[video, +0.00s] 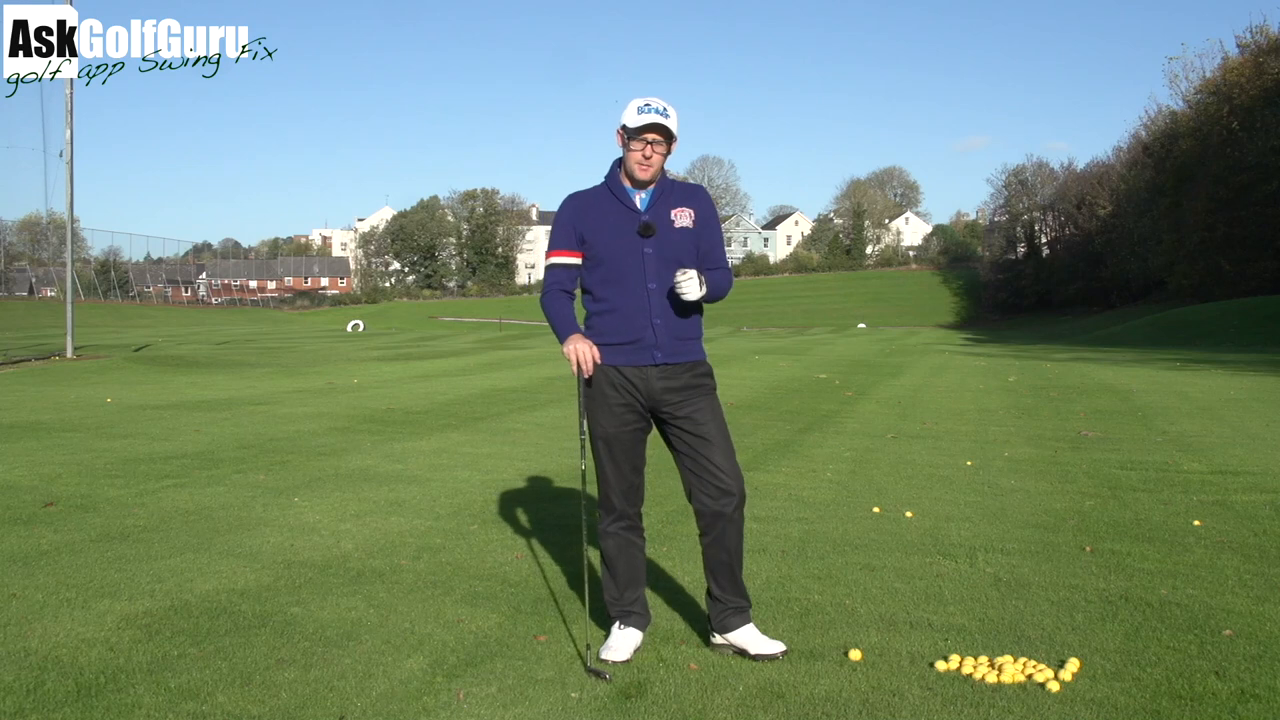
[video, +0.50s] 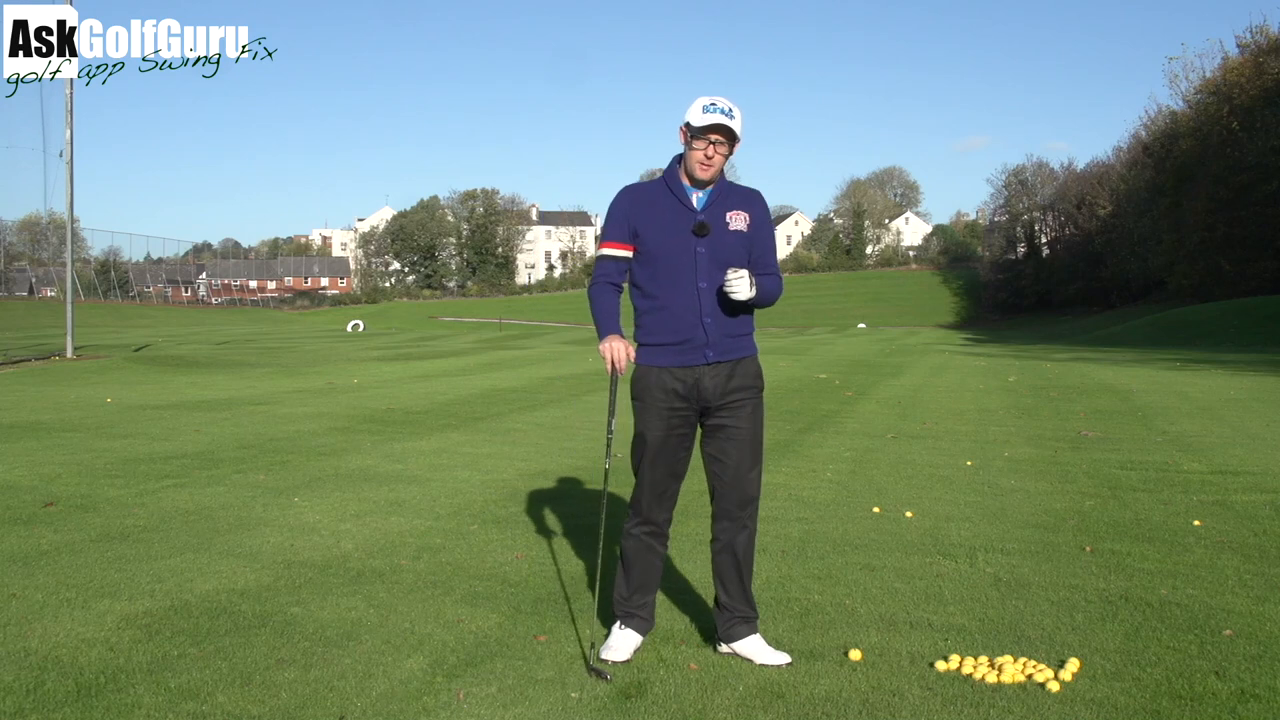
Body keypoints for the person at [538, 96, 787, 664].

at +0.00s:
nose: (649, 149)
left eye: (660, 141)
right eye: (641, 138)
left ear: (672, 148)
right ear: (622, 141)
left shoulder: (694, 201)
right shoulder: (580, 208)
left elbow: (721, 278)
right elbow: (556, 290)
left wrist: (704, 285)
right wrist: (569, 334)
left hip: (686, 374)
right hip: (613, 376)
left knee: (724, 492)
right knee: (619, 506)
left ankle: (729, 619)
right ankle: (627, 620)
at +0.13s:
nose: (661, 149)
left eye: (671, 141)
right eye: (652, 138)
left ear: (682, 147)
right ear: (633, 140)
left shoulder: (704, 201)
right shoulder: (590, 205)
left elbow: (731, 278)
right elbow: (564, 286)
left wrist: (713, 285)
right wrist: (573, 333)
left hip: (695, 374)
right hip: (622, 375)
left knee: (716, 501)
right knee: (625, 505)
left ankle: (734, 626)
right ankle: (628, 620)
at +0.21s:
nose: (670, 148)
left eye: (681, 139)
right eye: (661, 137)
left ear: (691, 145)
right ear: (642, 138)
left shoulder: (713, 200)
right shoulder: (598, 204)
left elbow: (740, 278)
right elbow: (572, 283)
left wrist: (721, 285)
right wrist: (580, 332)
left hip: (702, 373)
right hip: (628, 374)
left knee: (721, 501)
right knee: (630, 505)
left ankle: (734, 626)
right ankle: (629, 620)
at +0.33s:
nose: (687, 149)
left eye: (697, 140)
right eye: (679, 138)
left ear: (708, 147)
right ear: (660, 138)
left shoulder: (727, 202)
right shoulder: (613, 202)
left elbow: (753, 281)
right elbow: (584, 282)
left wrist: (735, 285)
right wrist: (594, 332)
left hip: (717, 374)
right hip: (642, 374)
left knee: (729, 503)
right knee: (637, 504)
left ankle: (735, 627)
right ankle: (628, 620)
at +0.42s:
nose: (699, 149)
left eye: (710, 141)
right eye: (691, 137)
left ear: (721, 149)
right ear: (671, 138)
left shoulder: (738, 202)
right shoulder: (624, 202)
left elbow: (762, 281)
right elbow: (595, 281)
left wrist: (744, 286)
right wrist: (602, 332)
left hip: (726, 373)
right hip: (651, 375)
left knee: (734, 505)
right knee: (643, 504)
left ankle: (735, 627)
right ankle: (630, 620)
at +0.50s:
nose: (711, 149)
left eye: (722, 142)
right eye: (703, 138)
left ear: (732, 150)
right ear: (684, 138)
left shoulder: (749, 204)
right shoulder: (635, 201)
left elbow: (772, 282)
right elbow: (606, 278)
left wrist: (753, 286)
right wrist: (610, 331)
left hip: (736, 373)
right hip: (662, 374)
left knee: (738, 507)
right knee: (650, 507)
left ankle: (736, 628)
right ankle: (631, 621)